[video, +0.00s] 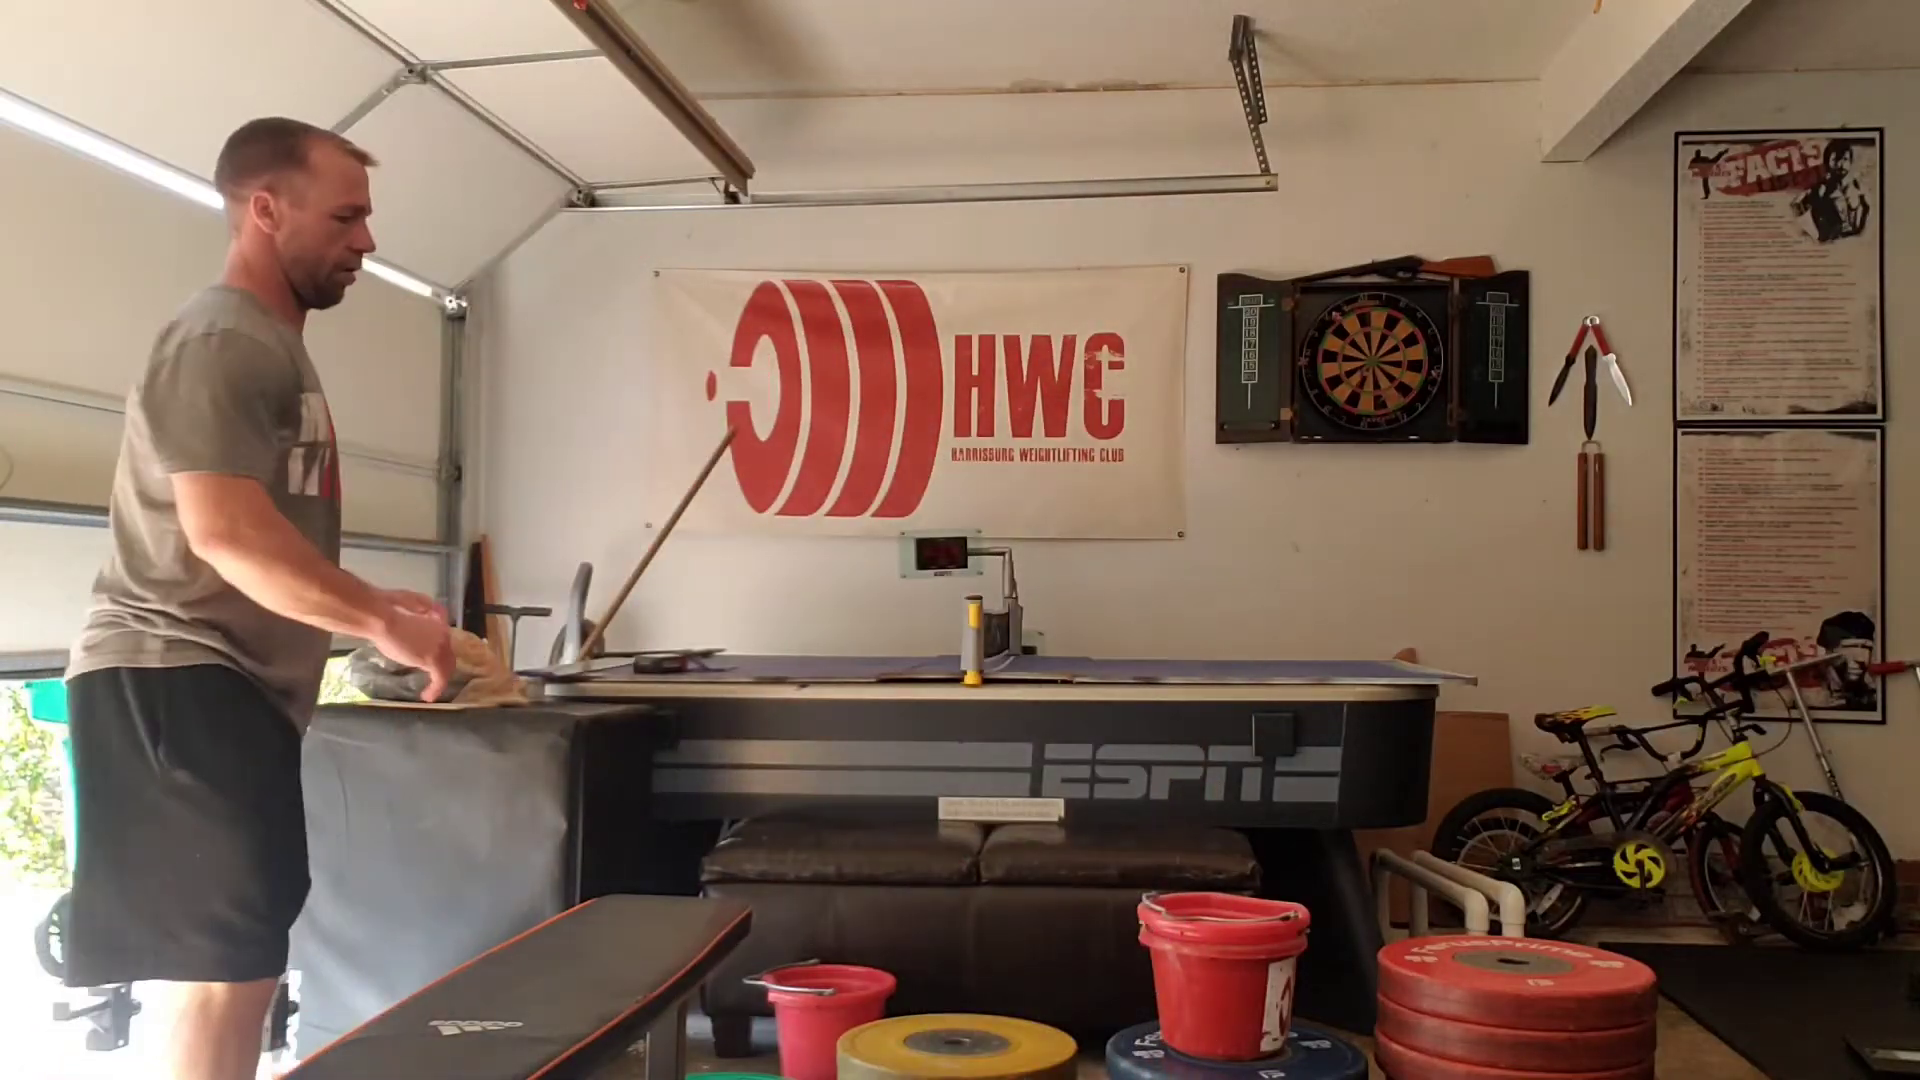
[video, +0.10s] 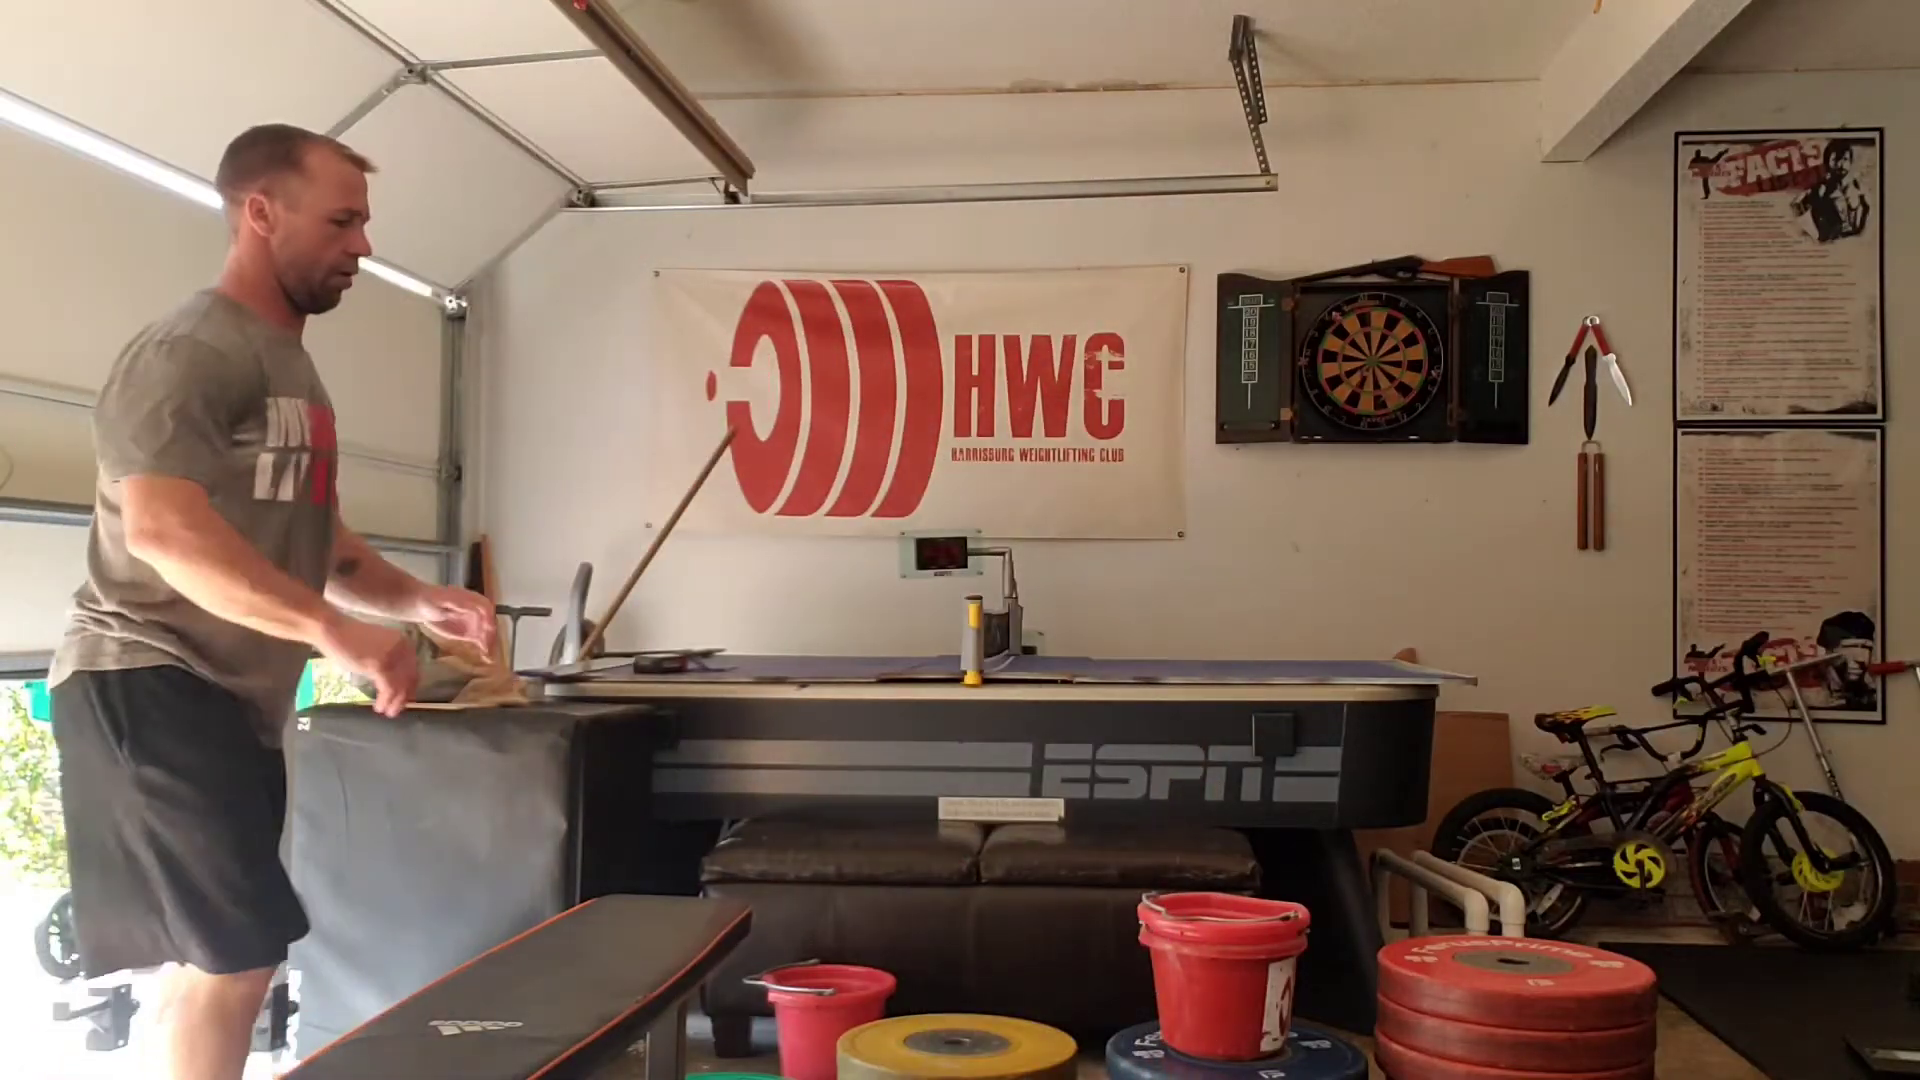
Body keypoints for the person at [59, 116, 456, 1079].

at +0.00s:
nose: (366, 240)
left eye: (366, 217)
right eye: (347, 215)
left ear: (276, 214)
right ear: (265, 209)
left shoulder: (271, 349)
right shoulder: (225, 337)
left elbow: (267, 544)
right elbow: (222, 528)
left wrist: (393, 618)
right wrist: (381, 618)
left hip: (226, 678)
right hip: (179, 673)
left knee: (237, 972)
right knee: (227, 975)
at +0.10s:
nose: (361, 245)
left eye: (363, 223)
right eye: (343, 220)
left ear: (268, 220)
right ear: (259, 215)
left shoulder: (291, 371)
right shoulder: (187, 347)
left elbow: (314, 538)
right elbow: (158, 523)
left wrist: (417, 600)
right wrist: (334, 630)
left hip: (230, 688)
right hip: (152, 678)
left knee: (218, 960)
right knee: (230, 957)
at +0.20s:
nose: (364, 242)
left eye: (366, 221)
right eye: (346, 216)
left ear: (272, 214)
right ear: (262, 208)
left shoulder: (313, 372)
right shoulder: (186, 331)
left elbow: (350, 531)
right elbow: (113, 502)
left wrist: (452, 624)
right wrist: (249, 636)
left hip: (223, 697)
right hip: (134, 680)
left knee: (201, 964)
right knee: (197, 966)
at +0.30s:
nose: (382, 248)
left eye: (385, 227)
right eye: (363, 221)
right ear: (278, 213)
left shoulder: (331, 373)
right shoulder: (200, 339)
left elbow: (357, 527)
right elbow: (61, 481)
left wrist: (431, 636)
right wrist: (122, 654)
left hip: (234, 719)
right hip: (140, 705)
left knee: (187, 990)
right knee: (166, 993)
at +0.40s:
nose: (417, 270)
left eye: (420, 247)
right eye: (399, 242)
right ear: (316, 230)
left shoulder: (358, 384)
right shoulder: (230, 347)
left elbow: (340, 513)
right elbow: (33, 445)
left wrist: (360, 643)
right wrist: (7, 633)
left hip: (240, 722)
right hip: (124, 698)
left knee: (231, 967)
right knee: (144, 986)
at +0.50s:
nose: (464, 318)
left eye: (467, 294)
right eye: (445, 288)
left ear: (376, 279)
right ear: (364, 274)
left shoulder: (393, 429)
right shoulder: (253, 387)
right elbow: (45, 434)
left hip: (243, 732)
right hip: (112, 708)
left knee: (281, 952)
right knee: (157, 1002)